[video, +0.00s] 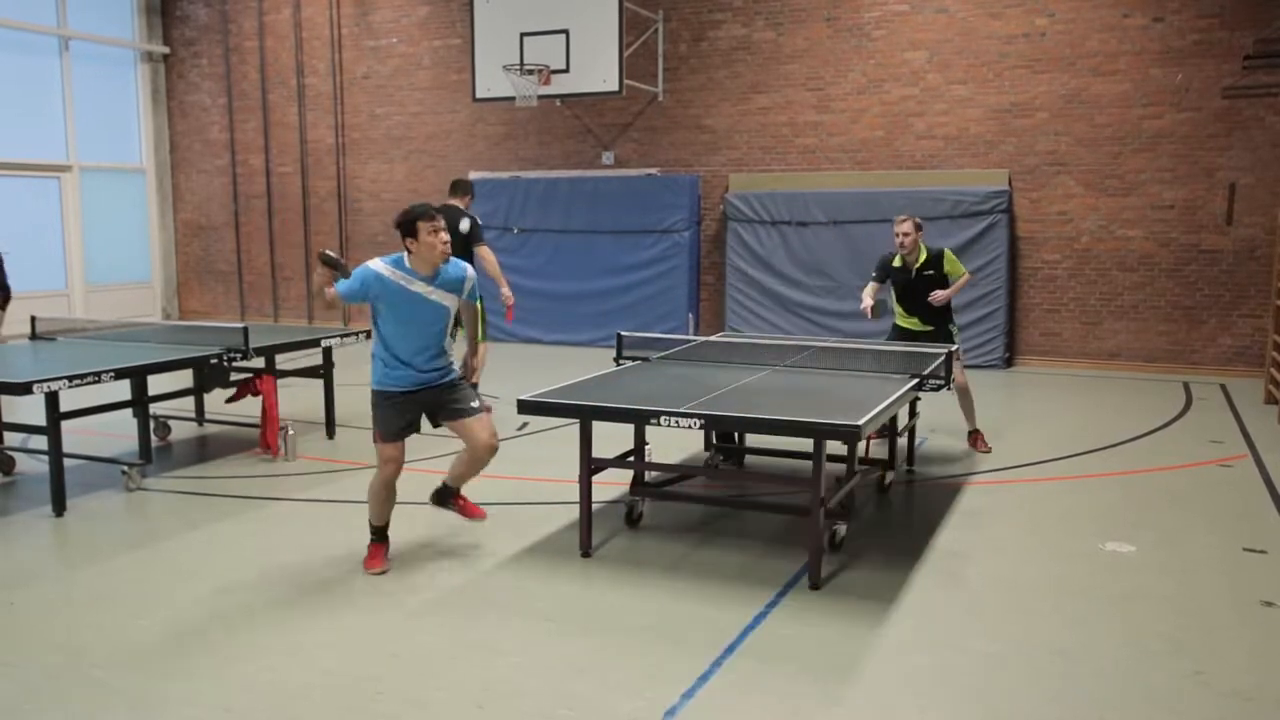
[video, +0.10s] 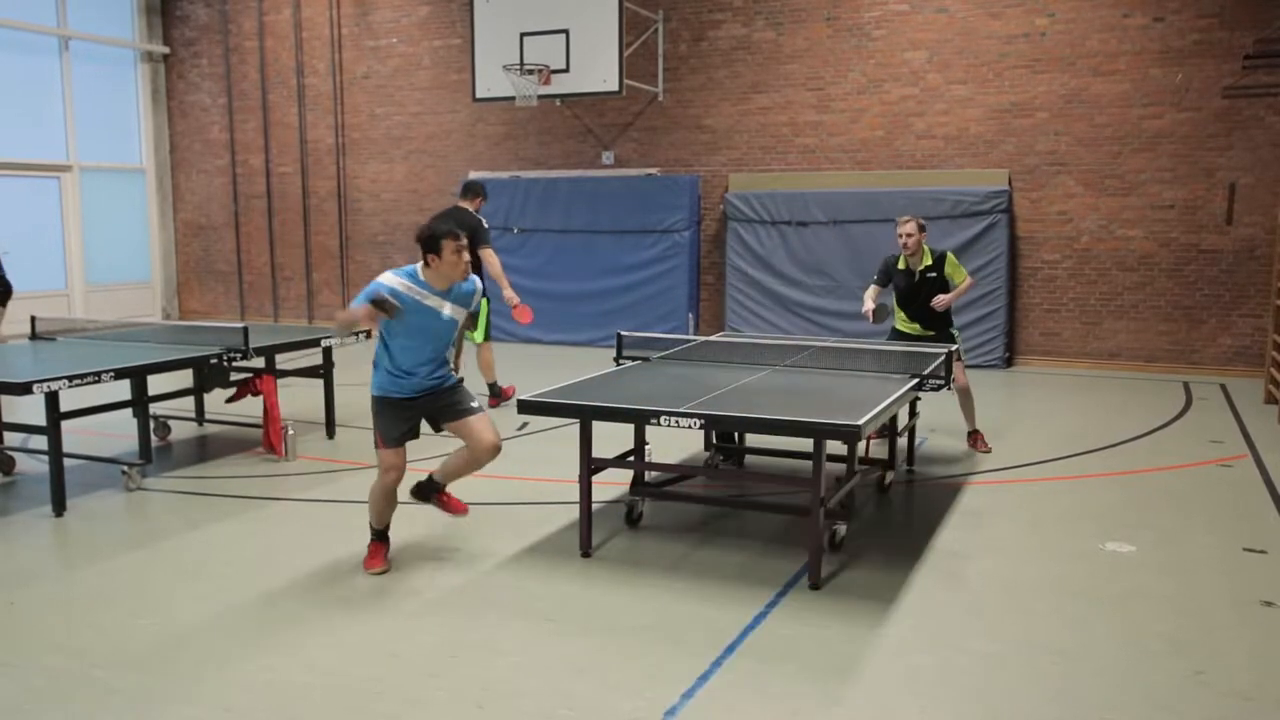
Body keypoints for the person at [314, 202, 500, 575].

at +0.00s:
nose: (444, 238)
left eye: (444, 231)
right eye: (433, 233)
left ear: (448, 235)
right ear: (410, 242)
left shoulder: (461, 276)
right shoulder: (376, 274)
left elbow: (472, 308)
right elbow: (328, 296)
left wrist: (474, 351)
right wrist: (325, 281)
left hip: (442, 378)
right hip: (393, 385)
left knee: (485, 444)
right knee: (389, 468)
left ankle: (448, 492)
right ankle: (378, 540)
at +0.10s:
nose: (467, 258)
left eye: (467, 250)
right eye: (458, 251)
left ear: (468, 252)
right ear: (432, 258)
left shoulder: (470, 289)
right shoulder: (395, 283)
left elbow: (460, 329)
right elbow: (343, 319)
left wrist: (455, 365)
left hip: (440, 383)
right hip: (393, 390)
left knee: (487, 445)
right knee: (391, 473)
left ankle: (431, 487)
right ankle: (378, 540)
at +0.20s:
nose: (498, 278)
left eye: (497, 270)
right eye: (492, 271)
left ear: (471, 276)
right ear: (468, 276)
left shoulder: (478, 304)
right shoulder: (415, 301)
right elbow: (382, 367)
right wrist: (439, 385)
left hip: (439, 397)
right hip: (395, 402)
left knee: (481, 462)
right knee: (399, 483)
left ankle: (449, 543)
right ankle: (379, 542)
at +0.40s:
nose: (527, 276)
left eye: (527, 267)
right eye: (525, 268)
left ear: (495, 266)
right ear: (511, 271)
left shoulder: (467, 287)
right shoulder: (470, 309)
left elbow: (416, 323)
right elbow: (456, 383)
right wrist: (506, 379)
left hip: (446, 397)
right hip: (422, 404)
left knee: (489, 462)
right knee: (469, 481)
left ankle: (450, 540)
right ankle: (394, 515)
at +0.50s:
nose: (527, 253)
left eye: (526, 246)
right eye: (525, 246)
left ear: (488, 246)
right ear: (513, 248)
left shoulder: (458, 274)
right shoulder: (487, 288)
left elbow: (410, 322)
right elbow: (475, 363)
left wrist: (414, 372)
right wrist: (526, 362)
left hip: (426, 388)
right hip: (442, 390)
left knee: (470, 461)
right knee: (504, 460)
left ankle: (450, 539)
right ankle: (422, 521)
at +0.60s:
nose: (529, 240)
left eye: (528, 232)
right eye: (525, 233)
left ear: (488, 235)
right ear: (511, 236)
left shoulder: (454, 266)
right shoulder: (497, 277)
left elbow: (413, 319)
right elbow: (492, 353)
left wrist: (421, 368)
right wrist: (539, 350)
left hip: (424, 383)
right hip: (458, 383)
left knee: (461, 459)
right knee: (522, 461)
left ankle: (436, 550)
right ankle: (469, 553)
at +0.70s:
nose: (527, 248)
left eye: (527, 241)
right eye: (526, 240)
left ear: (480, 239)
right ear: (517, 241)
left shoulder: (449, 276)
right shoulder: (507, 286)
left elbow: (413, 335)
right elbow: (517, 363)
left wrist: (427, 383)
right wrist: (548, 350)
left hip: (439, 403)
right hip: (480, 404)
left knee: (456, 478)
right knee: (528, 489)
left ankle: (422, 565)